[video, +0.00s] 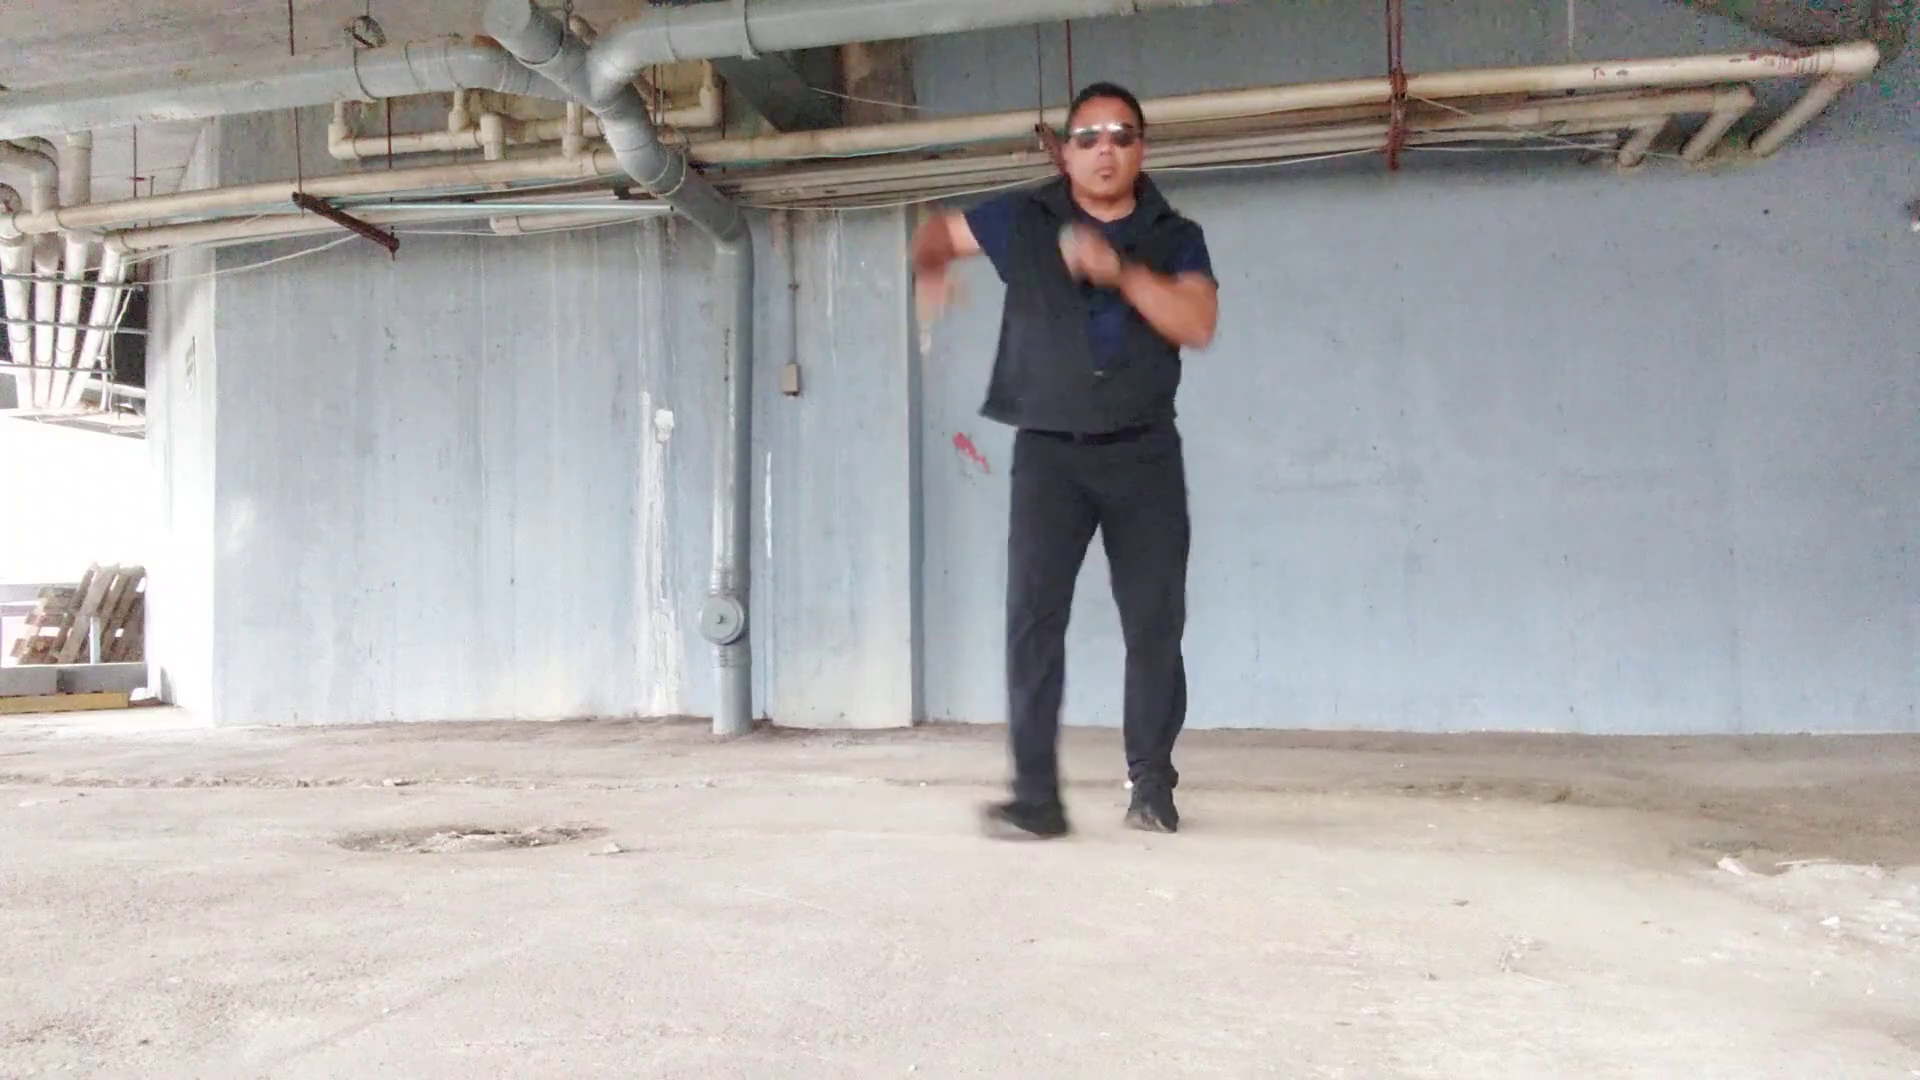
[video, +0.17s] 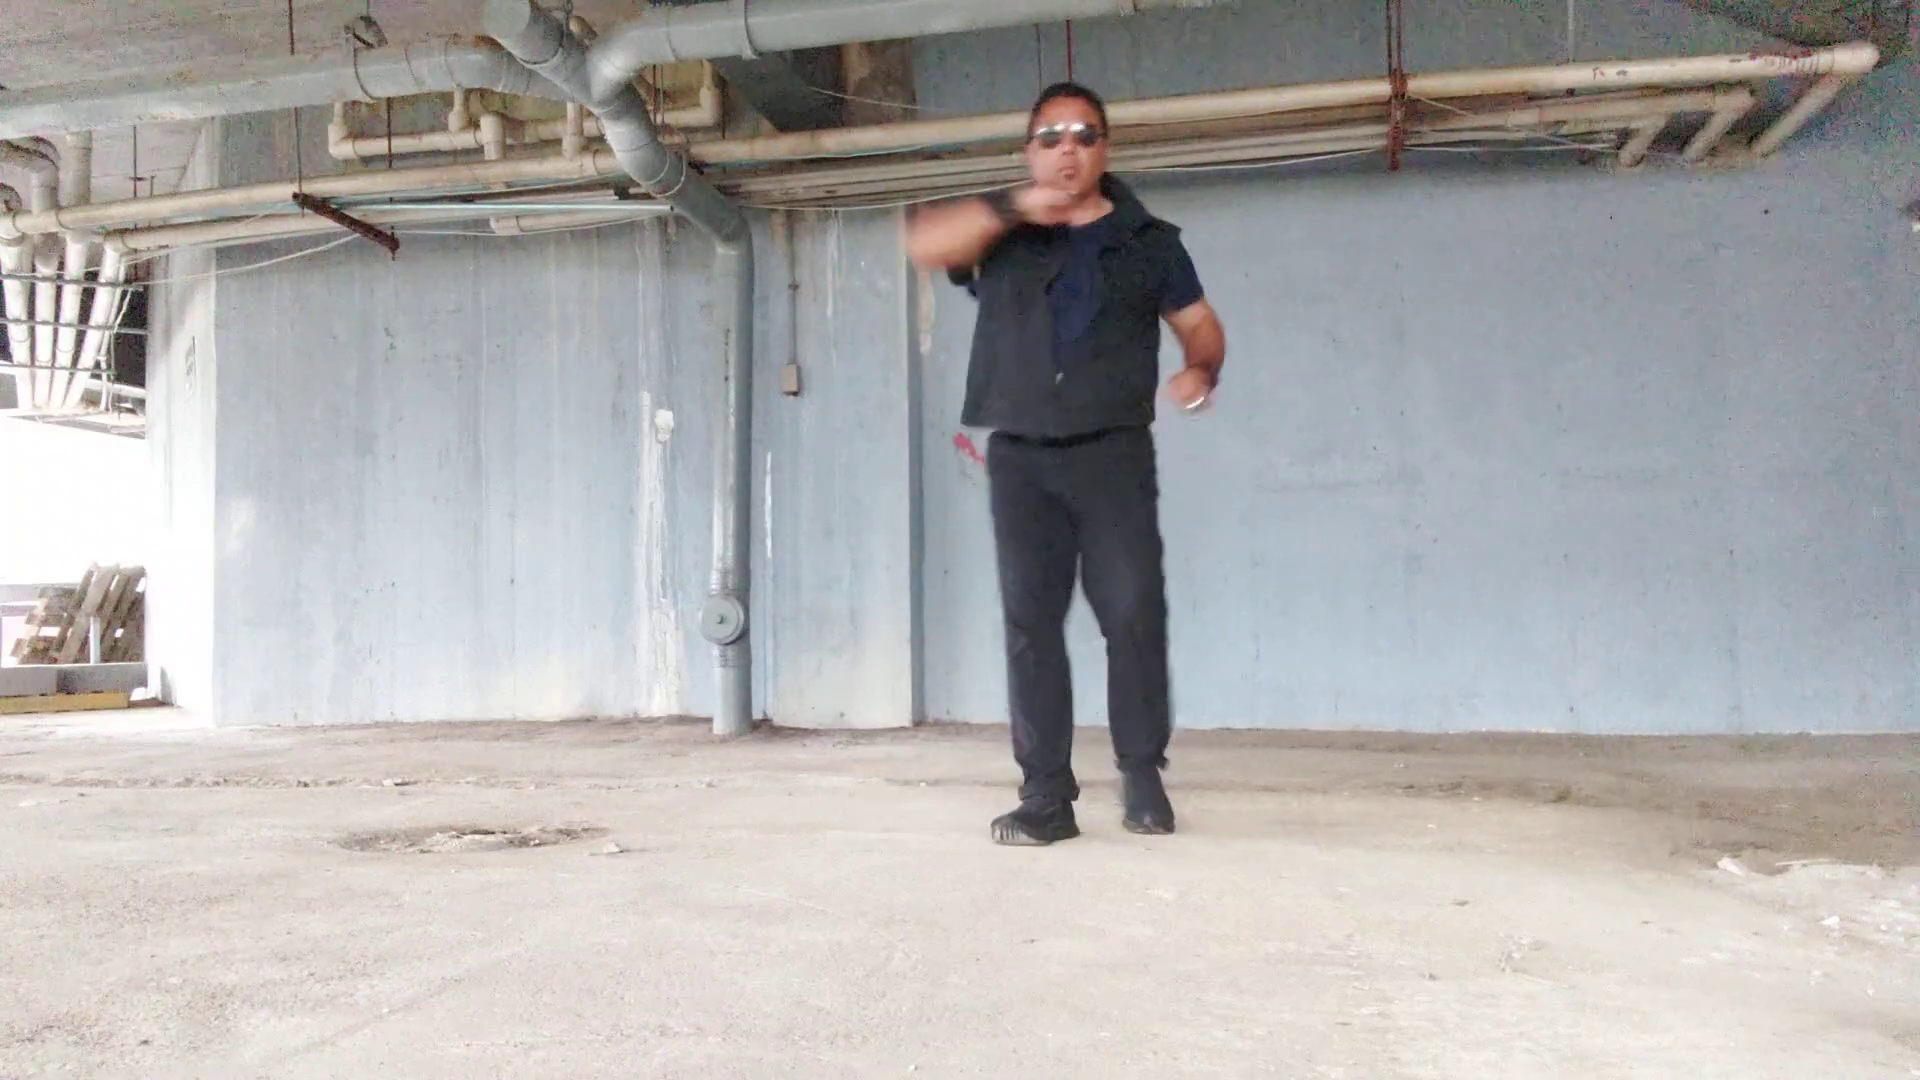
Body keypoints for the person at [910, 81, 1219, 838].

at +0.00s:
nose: (1106, 149)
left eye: (1121, 136)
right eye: (1089, 137)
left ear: (1143, 150)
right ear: (1064, 152)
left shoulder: (1171, 232)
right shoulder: (1027, 217)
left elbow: (1198, 324)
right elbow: (937, 231)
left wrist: (1119, 271)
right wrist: (929, 267)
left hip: (1144, 456)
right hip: (1048, 455)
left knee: (1155, 625)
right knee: (1033, 618)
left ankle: (1153, 784)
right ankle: (1036, 796)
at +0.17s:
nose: (1065, 149)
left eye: (1083, 136)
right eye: (1050, 137)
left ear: (1106, 152)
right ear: (1028, 154)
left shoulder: (1145, 240)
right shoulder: (998, 232)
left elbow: (1203, 331)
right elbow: (918, 243)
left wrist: (1200, 370)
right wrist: (1013, 208)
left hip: (1114, 454)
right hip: (1019, 457)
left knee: (1135, 612)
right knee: (1029, 623)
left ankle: (1142, 773)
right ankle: (1046, 793)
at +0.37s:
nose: (1068, 156)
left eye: (1082, 143)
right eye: (1050, 142)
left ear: (1100, 155)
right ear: (1023, 154)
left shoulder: (1129, 230)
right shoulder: (982, 236)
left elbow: (1229, 257)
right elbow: (935, 344)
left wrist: (1143, 245)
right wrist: (998, 358)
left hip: (1104, 458)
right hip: (1008, 463)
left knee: (1106, 618)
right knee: (1004, 620)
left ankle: (1081, 751)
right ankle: (1034, 790)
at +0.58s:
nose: (1103, 169)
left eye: (1109, 157)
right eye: (1086, 156)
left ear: (1112, 166)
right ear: (1037, 163)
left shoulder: (1119, 244)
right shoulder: (981, 229)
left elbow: (1167, 315)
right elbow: (905, 293)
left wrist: (1084, 263)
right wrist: (918, 350)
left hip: (1101, 461)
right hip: (1010, 460)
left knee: (1107, 630)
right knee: (1012, 618)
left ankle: (1077, 756)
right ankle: (1003, 786)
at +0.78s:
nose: (1005, 169)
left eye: (1022, 153)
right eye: (996, 156)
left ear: (1068, 158)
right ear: (988, 166)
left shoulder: (1128, 242)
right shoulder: (971, 248)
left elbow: (1160, 349)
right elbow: (933, 355)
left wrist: (1135, 387)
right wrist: (991, 327)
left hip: (1087, 453)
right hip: (991, 457)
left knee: (1112, 560)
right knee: (993, 621)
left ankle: (1071, 649)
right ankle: (1000, 792)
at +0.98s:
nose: (992, 150)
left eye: (1004, 133)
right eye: (987, 138)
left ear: (1058, 126)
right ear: (996, 147)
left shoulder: (1132, 196)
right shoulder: (985, 215)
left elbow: (1238, 229)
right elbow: (889, 241)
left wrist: (1192, 301)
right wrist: (936, 215)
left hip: (1108, 439)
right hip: (1013, 444)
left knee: (1126, 613)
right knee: (1006, 619)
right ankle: (998, 795)